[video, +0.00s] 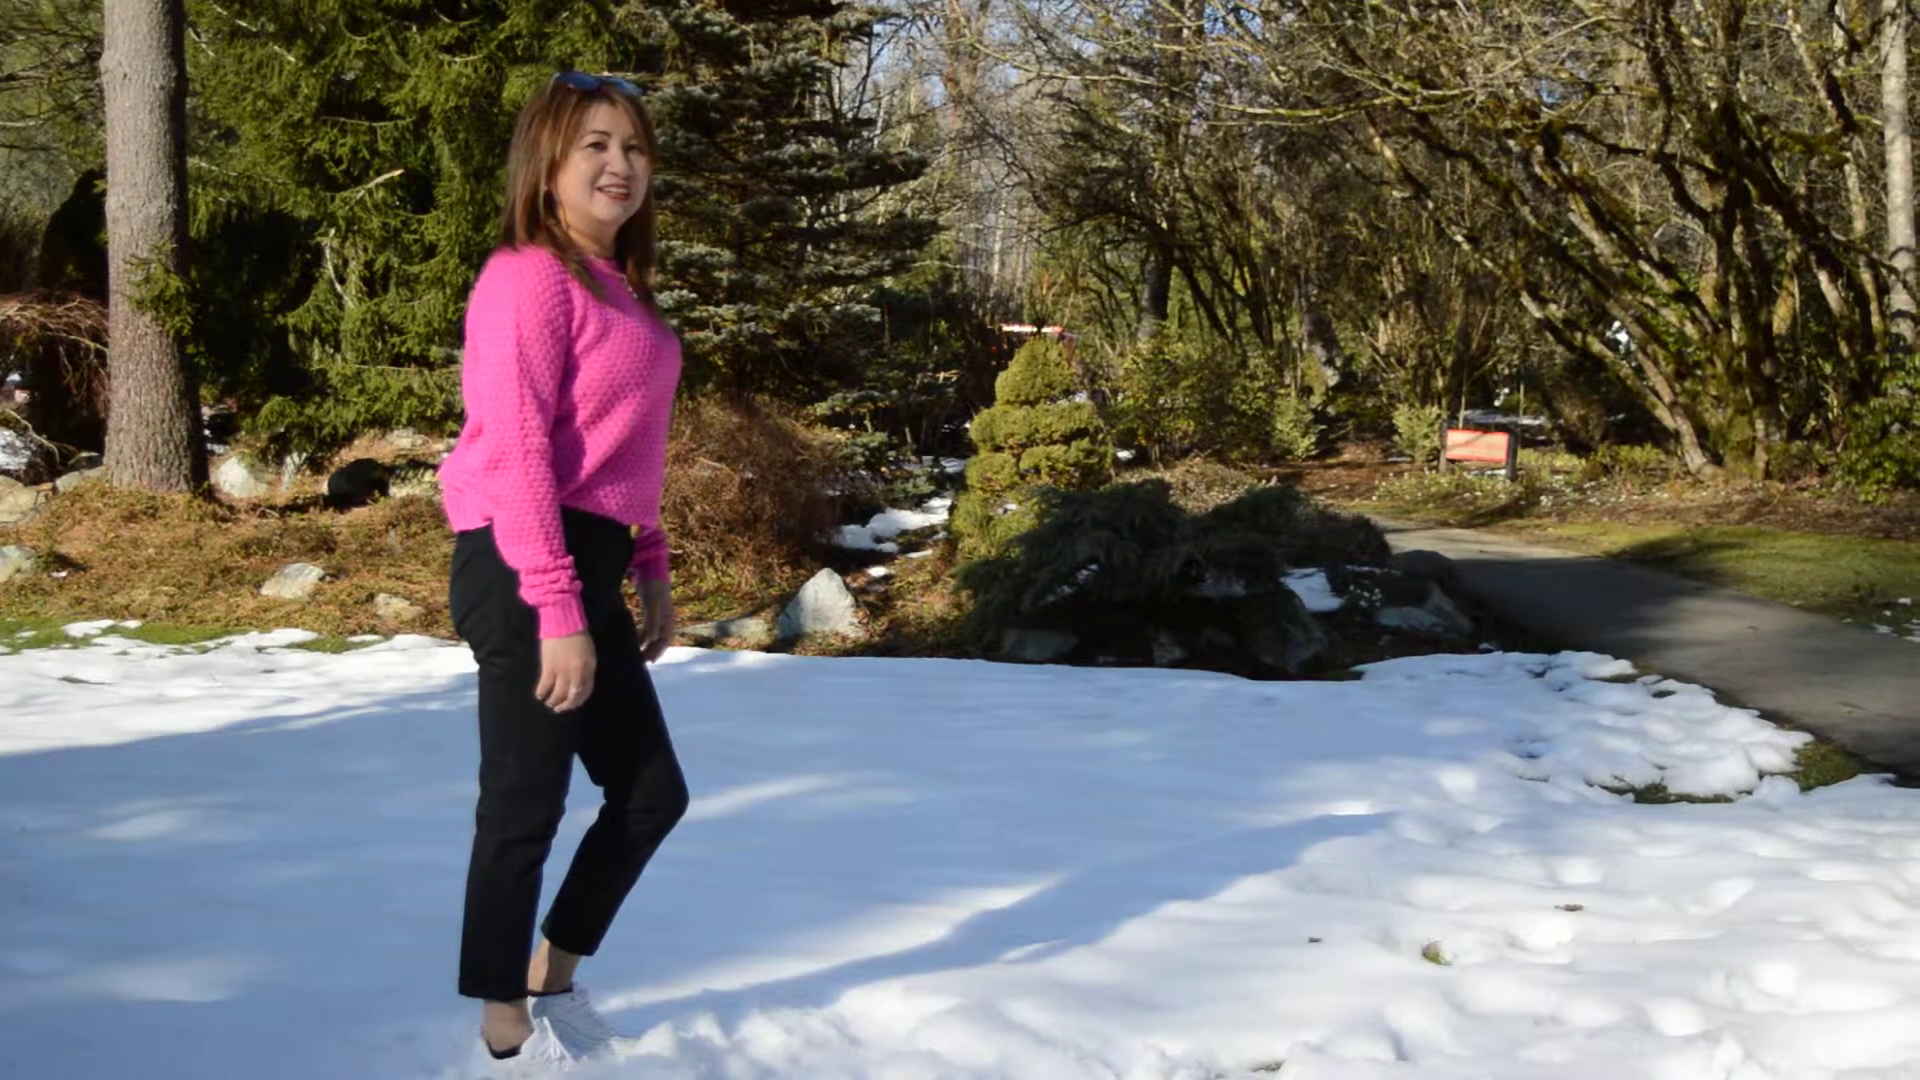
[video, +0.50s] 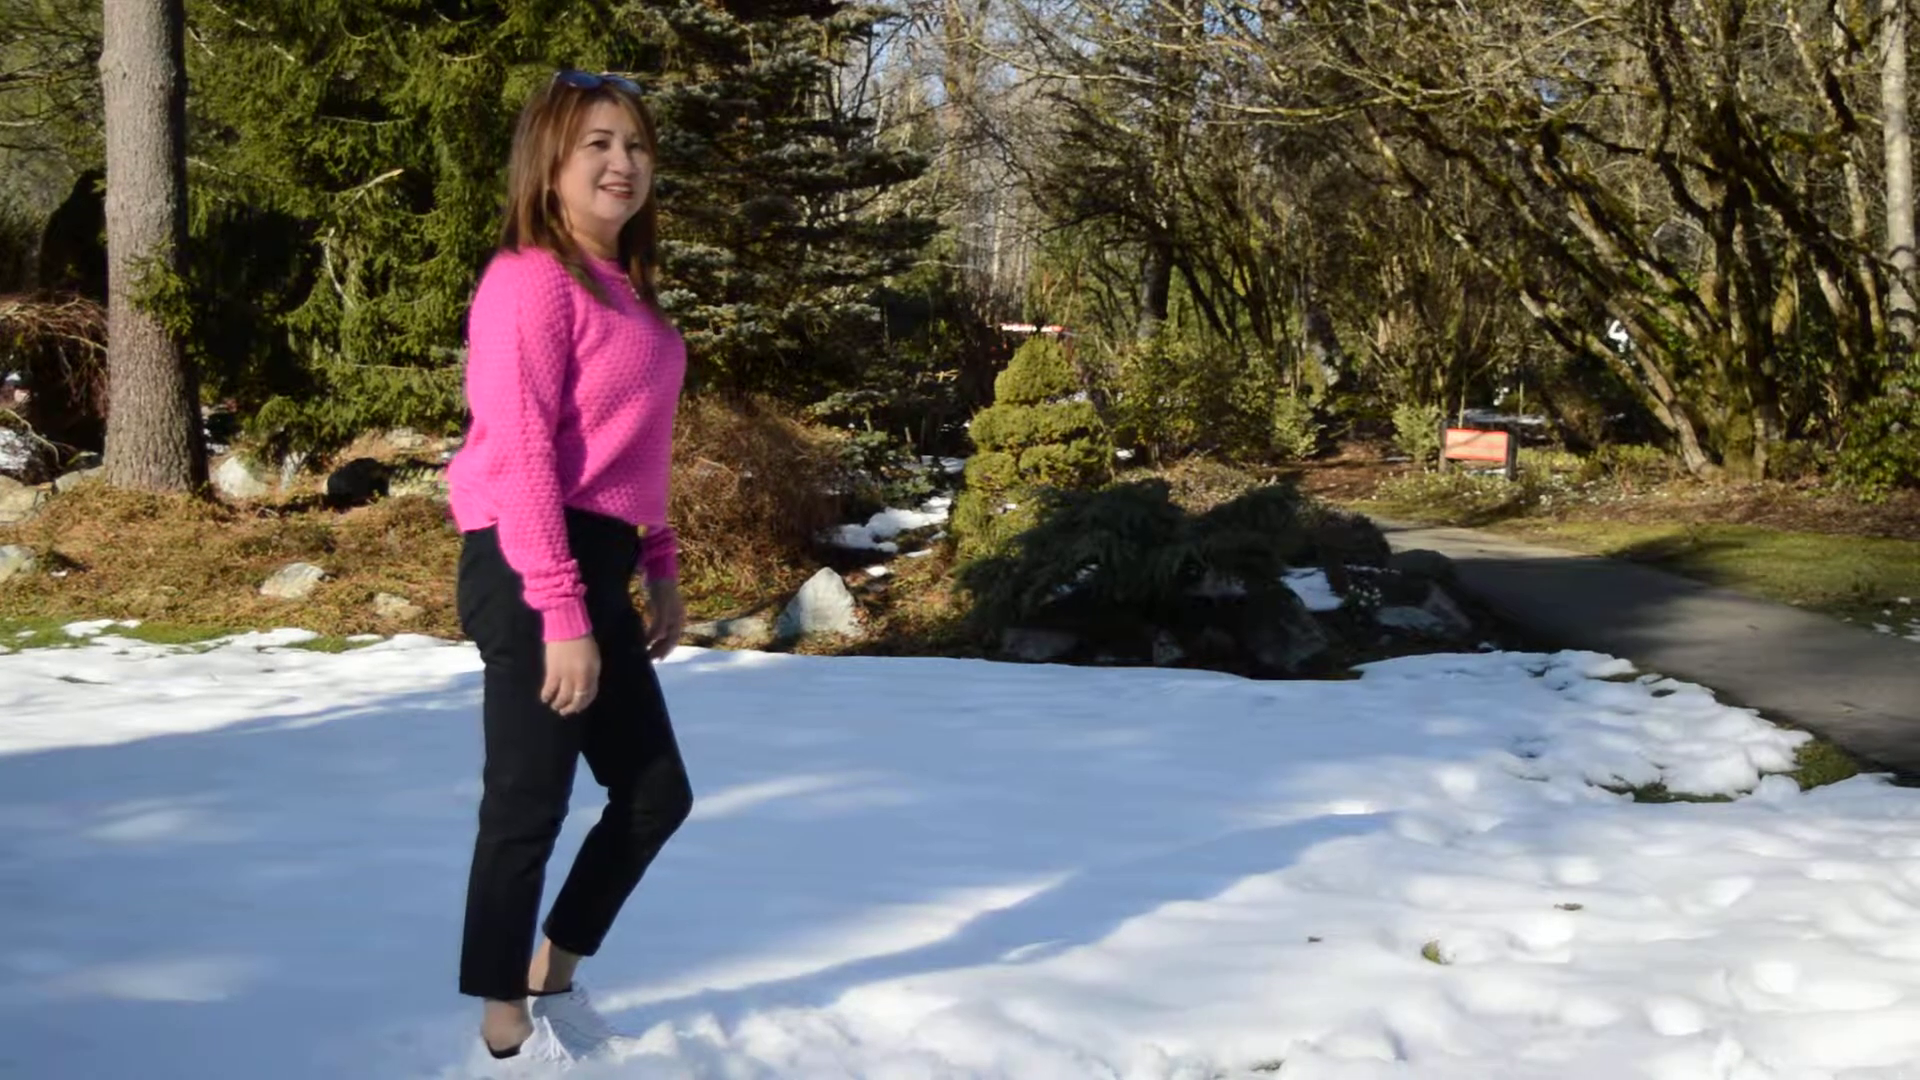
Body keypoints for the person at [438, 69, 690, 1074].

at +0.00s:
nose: (620, 165)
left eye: (635, 149)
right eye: (596, 145)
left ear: (648, 173)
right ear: (547, 163)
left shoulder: (618, 291)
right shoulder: (524, 278)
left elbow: (624, 451)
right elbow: (516, 450)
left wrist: (649, 571)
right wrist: (557, 610)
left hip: (589, 560)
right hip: (519, 555)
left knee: (651, 793)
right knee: (522, 803)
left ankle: (549, 981)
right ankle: (501, 1040)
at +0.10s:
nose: (620, 165)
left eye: (634, 149)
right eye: (596, 145)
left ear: (647, 173)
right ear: (546, 163)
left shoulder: (618, 291)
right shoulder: (524, 277)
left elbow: (622, 450)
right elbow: (516, 450)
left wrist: (652, 567)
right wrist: (557, 609)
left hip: (588, 559)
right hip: (518, 554)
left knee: (652, 792)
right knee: (521, 804)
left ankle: (547, 981)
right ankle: (502, 1040)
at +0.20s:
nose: (621, 164)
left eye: (634, 148)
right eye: (596, 144)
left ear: (647, 172)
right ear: (547, 164)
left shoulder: (619, 291)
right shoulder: (525, 279)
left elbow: (619, 451)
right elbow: (516, 452)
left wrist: (653, 568)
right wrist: (558, 610)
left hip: (589, 560)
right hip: (518, 555)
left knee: (653, 792)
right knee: (522, 803)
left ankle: (547, 981)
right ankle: (501, 1041)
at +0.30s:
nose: (622, 163)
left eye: (635, 147)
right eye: (598, 144)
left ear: (648, 171)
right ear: (548, 163)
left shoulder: (620, 291)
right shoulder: (525, 279)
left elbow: (625, 450)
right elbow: (516, 453)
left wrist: (653, 571)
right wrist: (559, 612)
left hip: (592, 560)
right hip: (519, 555)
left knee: (654, 794)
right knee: (523, 802)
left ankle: (550, 977)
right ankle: (501, 1039)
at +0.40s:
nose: (622, 163)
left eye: (636, 147)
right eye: (598, 144)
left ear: (649, 171)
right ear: (549, 163)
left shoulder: (620, 291)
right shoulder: (525, 279)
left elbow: (625, 450)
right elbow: (519, 454)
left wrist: (655, 568)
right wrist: (560, 611)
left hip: (594, 559)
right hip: (521, 553)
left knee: (655, 795)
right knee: (524, 801)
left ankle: (549, 977)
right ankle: (501, 1040)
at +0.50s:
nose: (623, 163)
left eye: (636, 146)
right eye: (599, 143)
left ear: (650, 170)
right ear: (550, 162)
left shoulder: (620, 291)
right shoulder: (526, 280)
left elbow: (629, 449)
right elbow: (521, 454)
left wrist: (659, 569)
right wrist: (562, 611)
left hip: (595, 558)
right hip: (524, 553)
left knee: (656, 794)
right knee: (526, 801)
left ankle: (549, 977)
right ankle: (501, 1039)